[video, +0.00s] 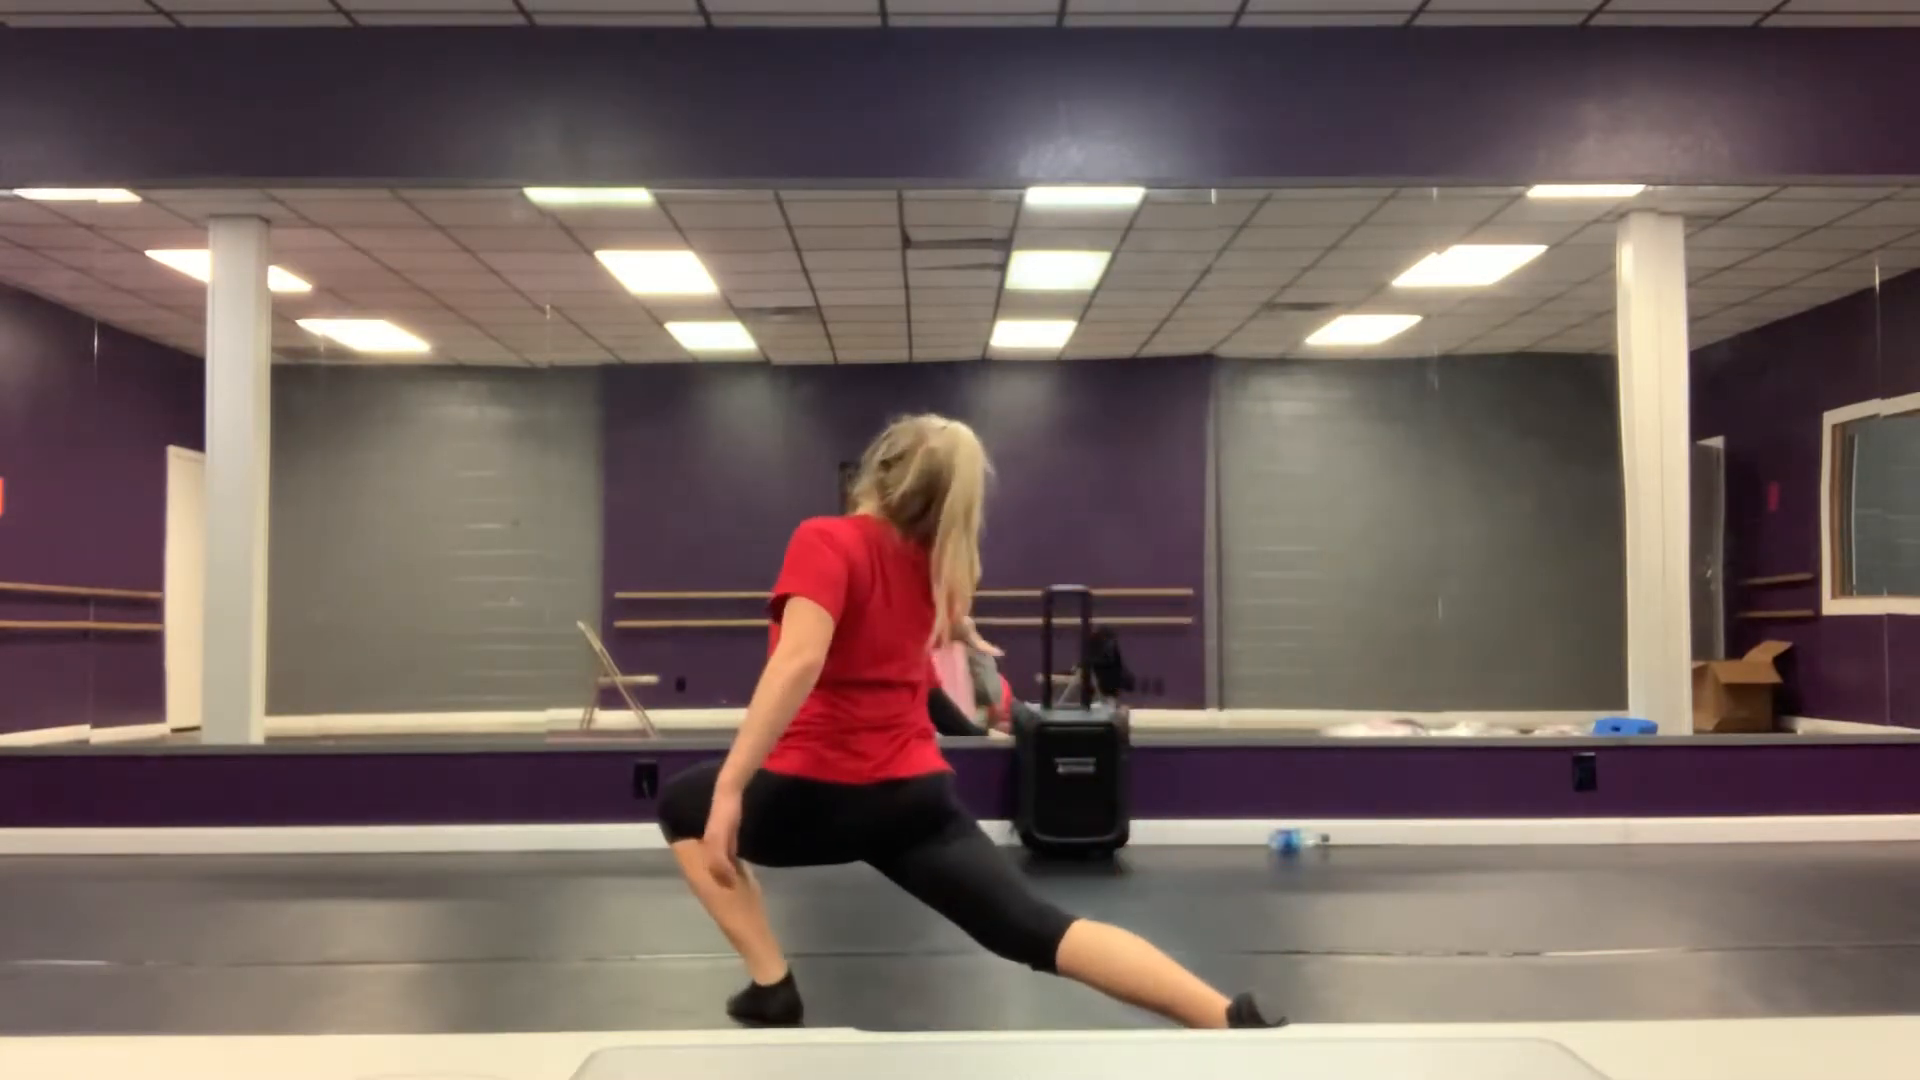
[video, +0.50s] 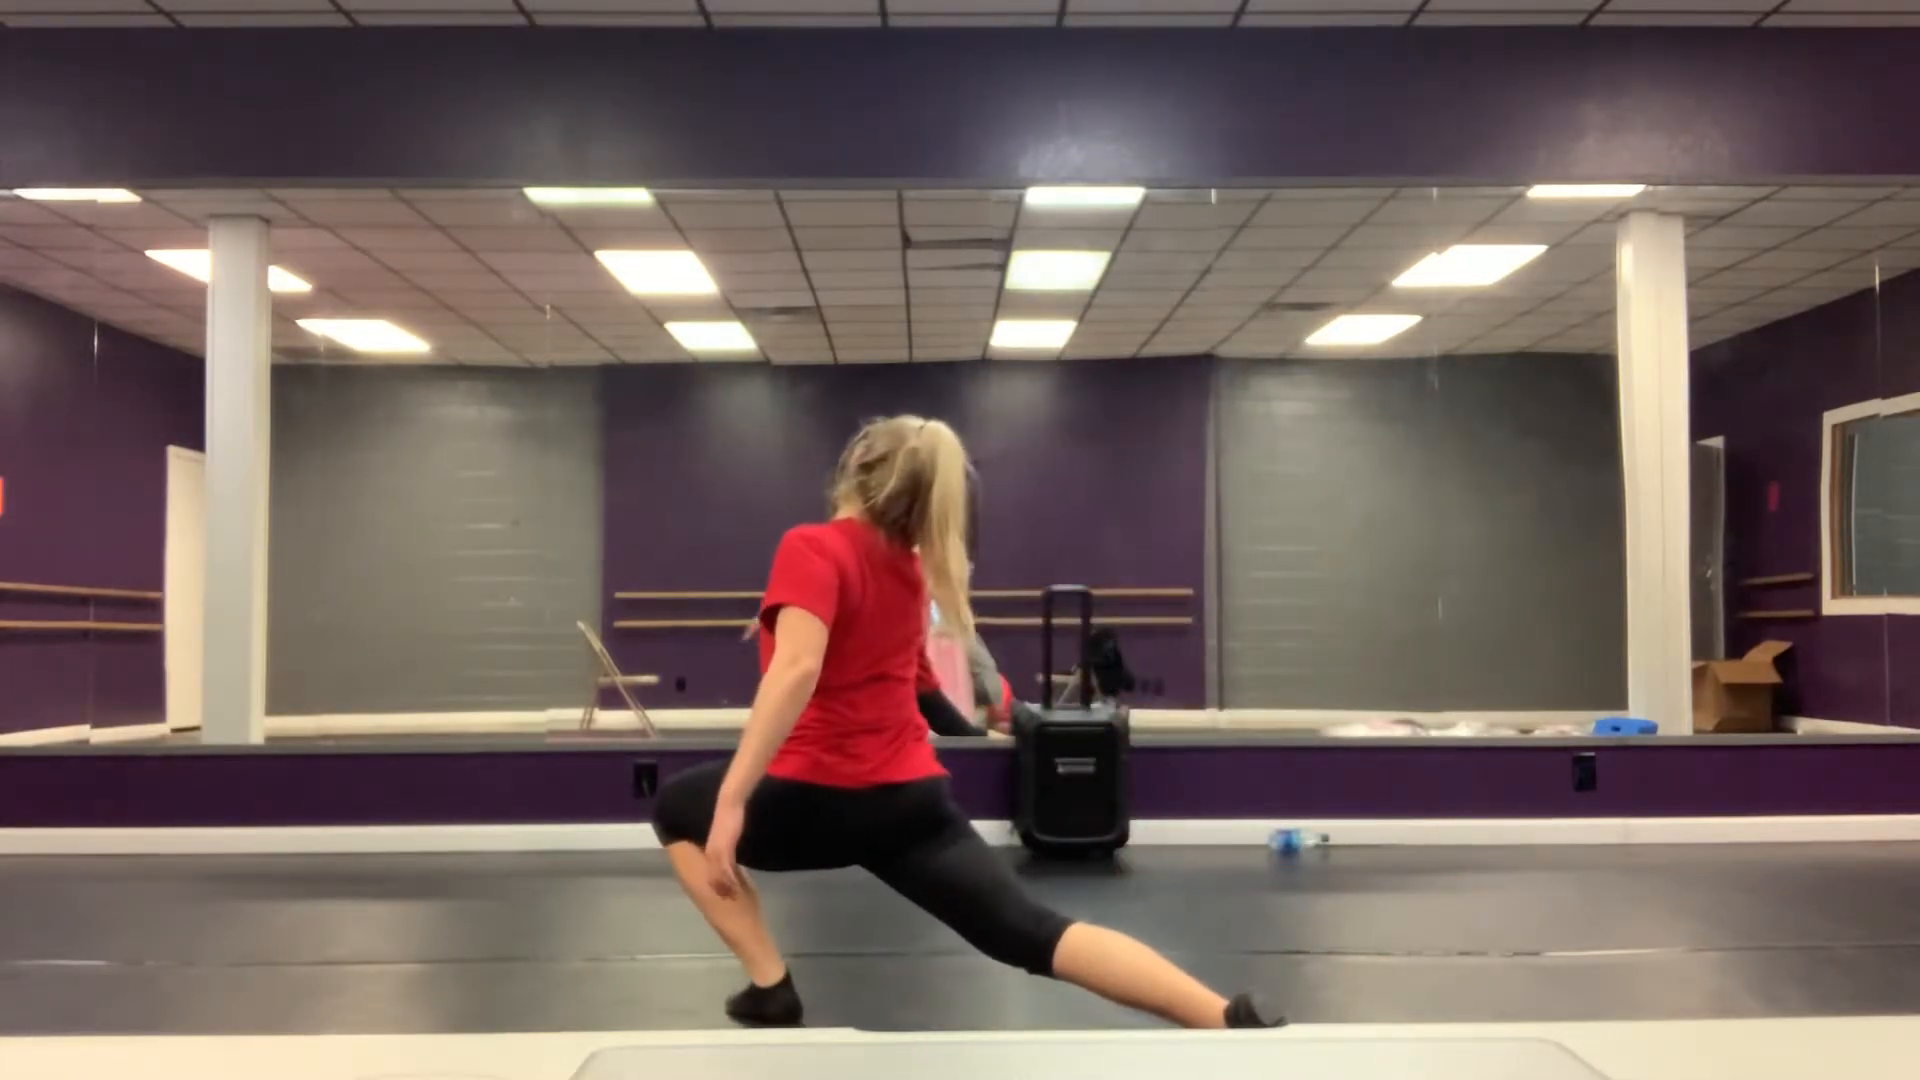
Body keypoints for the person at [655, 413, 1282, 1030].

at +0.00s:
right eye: (965, 494)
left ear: (881, 471)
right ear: (953, 500)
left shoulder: (829, 541)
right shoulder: (935, 565)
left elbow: (800, 659)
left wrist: (730, 786)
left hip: (812, 797)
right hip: (911, 796)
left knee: (683, 803)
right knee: (1030, 927)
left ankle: (770, 984)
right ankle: (1226, 1015)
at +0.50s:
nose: (948, 511)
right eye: (944, 495)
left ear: (860, 473)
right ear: (929, 497)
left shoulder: (816, 548)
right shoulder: (913, 566)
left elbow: (798, 669)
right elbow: (907, 674)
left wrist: (732, 798)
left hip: (816, 805)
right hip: (909, 801)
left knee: (677, 808)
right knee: (1028, 931)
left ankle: (769, 985)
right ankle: (1224, 1015)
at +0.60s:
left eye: (849, 460)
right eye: (938, 495)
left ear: (853, 475)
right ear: (924, 497)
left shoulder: (811, 551)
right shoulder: (909, 566)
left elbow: (799, 670)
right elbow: (844, 599)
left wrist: (734, 801)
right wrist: (762, 606)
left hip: (818, 806)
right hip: (910, 801)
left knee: (678, 808)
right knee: (1028, 931)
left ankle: (769, 984)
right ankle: (1224, 1015)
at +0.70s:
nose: (827, 468)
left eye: (836, 460)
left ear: (845, 475)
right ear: (914, 494)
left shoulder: (806, 553)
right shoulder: (908, 566)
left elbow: (799, 673)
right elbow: (826, 603)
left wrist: (740, 806)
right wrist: (730, 606)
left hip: (822, 807)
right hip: (913, 801)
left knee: (676, 807)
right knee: (1029, 933)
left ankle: (770, 984)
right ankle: (1224, 1015)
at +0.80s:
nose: (815, 475)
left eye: (823, 464)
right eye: (823, 464)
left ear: (833, 477)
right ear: (902, 494)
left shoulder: (802, 556)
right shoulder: (899, 563)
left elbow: (797, 678)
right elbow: (817, 598)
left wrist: (745, 814)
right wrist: (713, 605)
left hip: (824, 803)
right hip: (914, 798)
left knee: (674, 808)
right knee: (1026, 932)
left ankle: (769, 985)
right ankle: (1221, 1014)